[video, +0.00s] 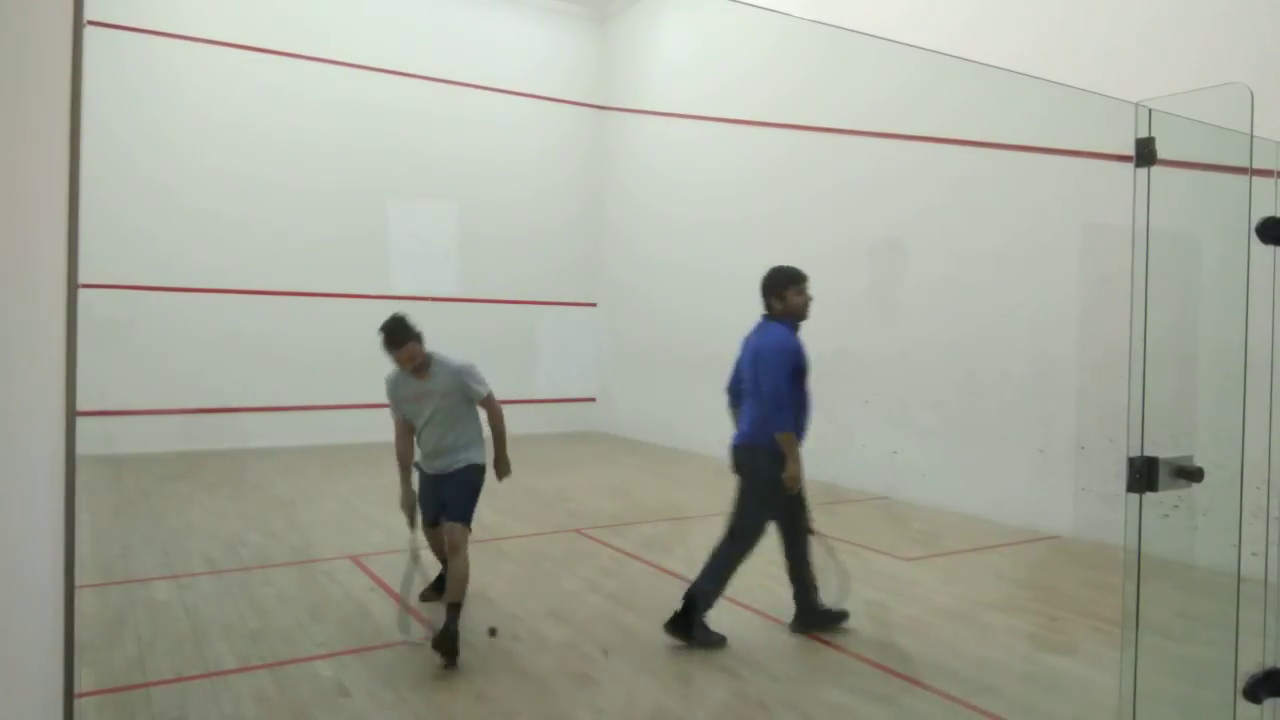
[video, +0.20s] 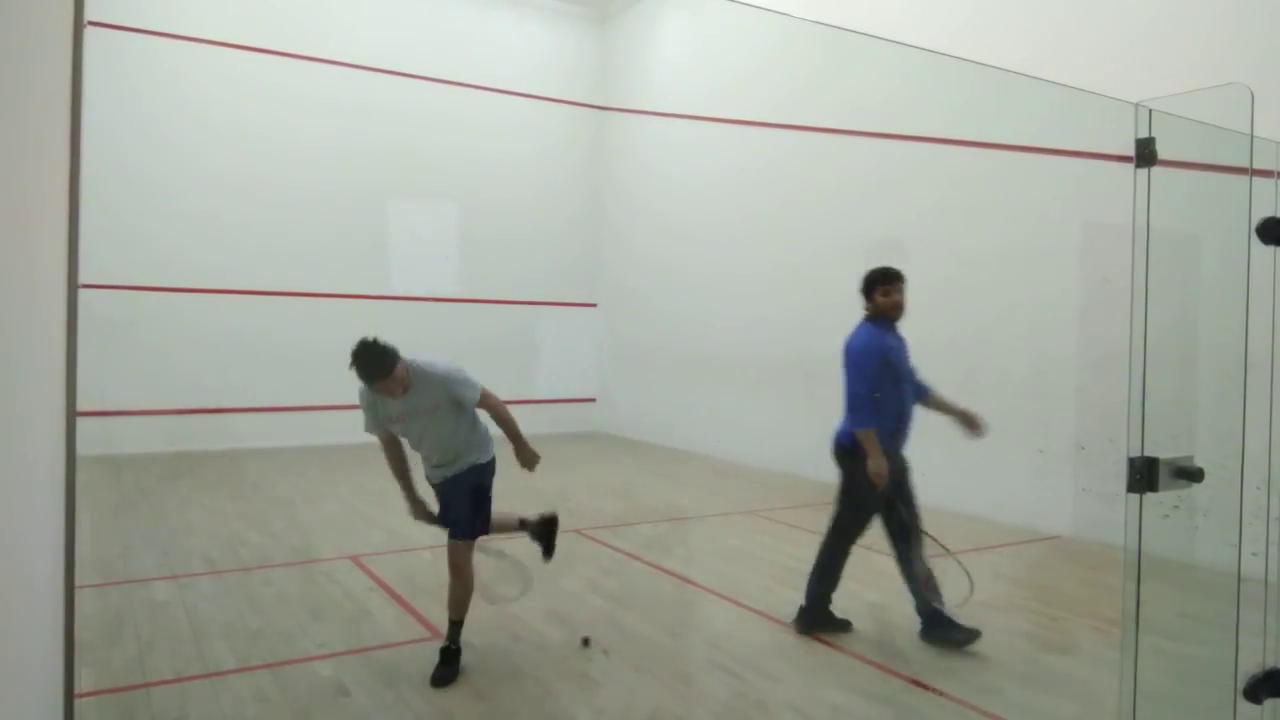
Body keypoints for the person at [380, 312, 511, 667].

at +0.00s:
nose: (405, 357)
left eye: (409, 348)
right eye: (397, 353)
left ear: (420, 342)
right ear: (391, 355)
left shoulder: (458, 372)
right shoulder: (397, 385)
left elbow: (493, 408)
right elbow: (403, 435)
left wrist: (501, 455)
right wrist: (405, 487)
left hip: (466, 463)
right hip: (430, 466)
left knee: (454, 538)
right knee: (432, 530)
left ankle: (451, 628)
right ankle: (449, 573)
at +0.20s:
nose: (392, 390)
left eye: (395, 381)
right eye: (383, 388)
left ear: (401, 364)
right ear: (371, 383)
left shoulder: (440, 377)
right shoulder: (372, 396)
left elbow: (492, 403)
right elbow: (391, 446)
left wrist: (521, 446)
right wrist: (412, 497)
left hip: (473, 463)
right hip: (437, 472)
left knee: (458, 557)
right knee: (466, 524)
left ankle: (452, 646)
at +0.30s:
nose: (410, 338)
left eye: (412, 327)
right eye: (399, 333)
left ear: (417, 322)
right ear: (381, 337)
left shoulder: (449, 357)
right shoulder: (368, 371)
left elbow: (486, 405)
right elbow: (357, 430)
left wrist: (497, 464)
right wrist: (345, 489)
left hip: (462, 470)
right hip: (415, 474)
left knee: (454, 562)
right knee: (420, 558)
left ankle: (451, 644)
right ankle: (481, 531)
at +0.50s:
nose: (398, 311)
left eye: (403, 301)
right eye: (389, 302)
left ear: (408, 299)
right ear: (362, 300)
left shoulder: (421, 345)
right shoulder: (335, 359)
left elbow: (449, 391)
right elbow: (319, 433)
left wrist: (470, 431)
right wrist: (297, 498)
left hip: (424, 487)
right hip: (364, 491)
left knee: (432, 590)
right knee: (359, 593)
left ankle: (425, 634)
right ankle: (363, 678)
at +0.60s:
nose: (389, 316)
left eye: (400, 307)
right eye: (382, 304)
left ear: (412, 305)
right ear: (365, 295)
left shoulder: (420, 344)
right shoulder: (331, 356)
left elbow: (471, 378)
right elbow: (311, 433)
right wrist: (299, 504)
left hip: (418, 490)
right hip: (356, 495)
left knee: (422, 597)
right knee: (356, 597)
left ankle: (409, 694)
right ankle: (360, 678)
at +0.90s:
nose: (420, 311)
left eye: (434, 303)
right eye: (414, 296)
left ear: (453, 304)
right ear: (403, 289)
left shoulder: (469, 347)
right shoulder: (364, 359)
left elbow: (531, 338)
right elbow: (336, 444)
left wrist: (469, 297)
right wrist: (307, 524)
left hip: (455, 522)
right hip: (383, 525)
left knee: (438, 645)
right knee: (376, 660)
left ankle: (424, 717)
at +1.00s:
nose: (414, 312)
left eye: (430, 302)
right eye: (407, 297)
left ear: (451, 304)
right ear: (396, 292)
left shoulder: (471, 350)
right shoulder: (359, 361)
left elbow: (536, 340)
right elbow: (332, 452)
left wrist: (466, 300)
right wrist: (299, 536)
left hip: (459, 536)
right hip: (383, 540)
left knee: (453, 669)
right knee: (388, 688)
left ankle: (432, 717)